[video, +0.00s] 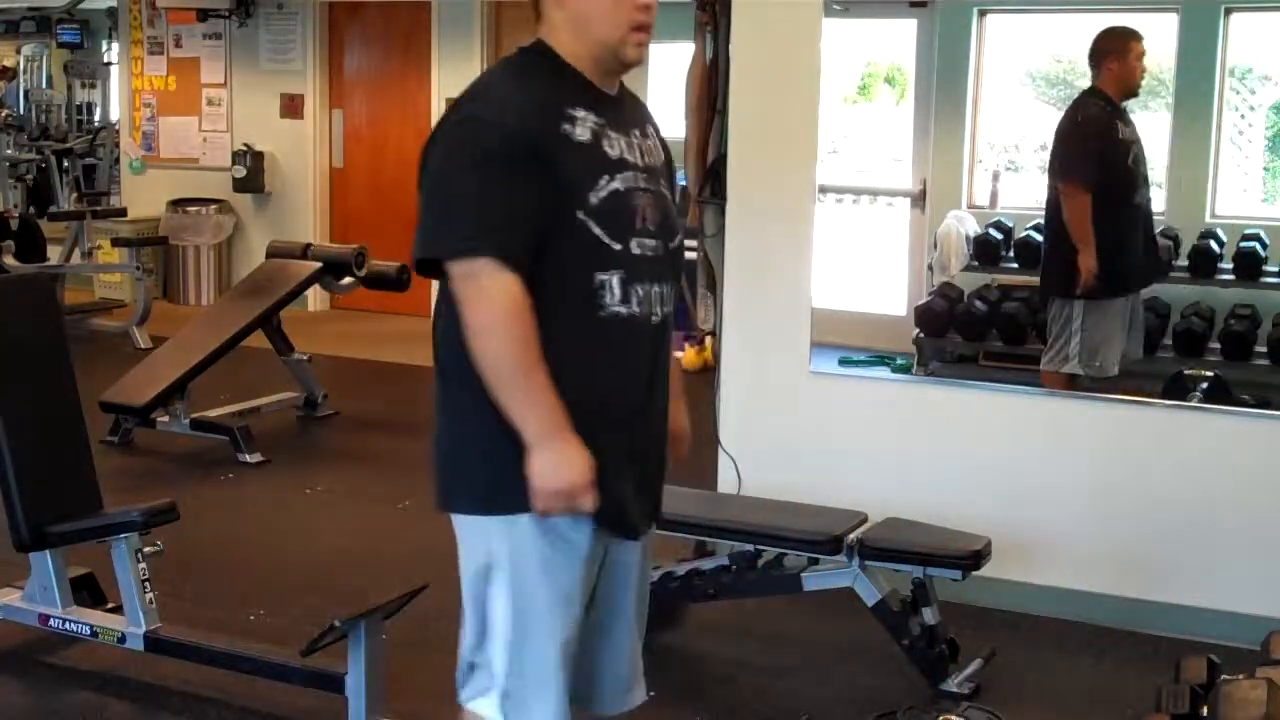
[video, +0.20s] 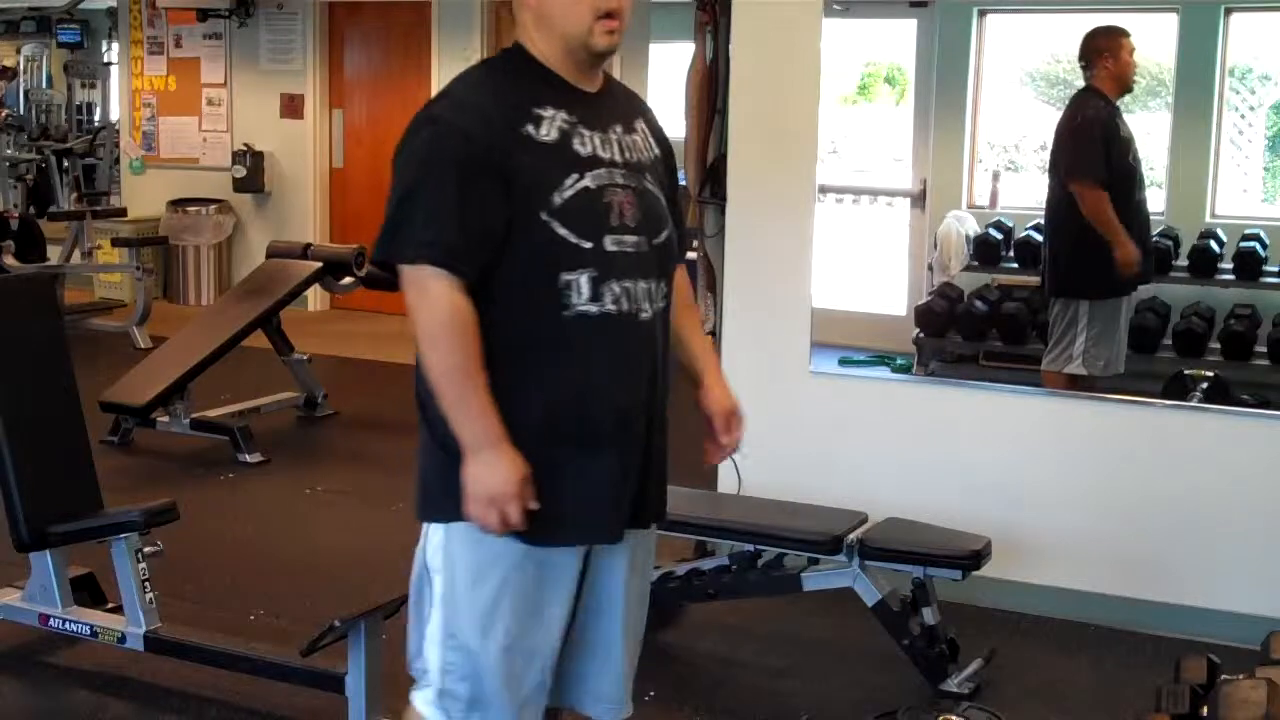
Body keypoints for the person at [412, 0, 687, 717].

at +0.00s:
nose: (649, 8)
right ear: (561, 2)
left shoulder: (636, 122)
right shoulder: (497, 112)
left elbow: (648, 276)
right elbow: (481, 279)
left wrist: (666, 391)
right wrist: (548, 436)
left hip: (618, 454)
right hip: (519, 465)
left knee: (602, 694)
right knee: (517, 700)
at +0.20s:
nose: (617, 1)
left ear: (626, 5)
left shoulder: (635, 118)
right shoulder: (465, 117)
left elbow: (663, 267)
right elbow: (430, 282)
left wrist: (708, 372)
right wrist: (483, 445)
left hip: (621, 477)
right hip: (507, 483)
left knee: (595, 703)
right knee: (477, 706)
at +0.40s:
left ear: (600, 3)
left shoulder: (608, 121)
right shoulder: (430, 116)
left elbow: (643, 248)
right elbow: (390, 280)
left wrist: (692, 289)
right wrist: (450, 447)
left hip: (601, 475)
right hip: (481, 487)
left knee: (583, 701)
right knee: (457, 702)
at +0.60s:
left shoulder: (565, 117)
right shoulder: (393, 114)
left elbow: (633, 258)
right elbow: (374, 291)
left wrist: (630, 174)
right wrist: (454, 459)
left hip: (560, 490)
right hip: (435, 508)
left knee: (548, 706)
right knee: (428, 708)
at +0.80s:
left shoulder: (537, 97)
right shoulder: (364, 116)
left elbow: (625, 215)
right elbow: (360, 299)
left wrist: (598, 125)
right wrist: (449, 455)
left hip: (543, 483)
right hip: (415, 506)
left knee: (531, 706)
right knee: (420, 710)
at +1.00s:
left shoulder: (525, 107)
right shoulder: (350, 120)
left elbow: (612, 197)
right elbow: (340, 308)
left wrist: (601, 148)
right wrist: (431, 474)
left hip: (537, 496)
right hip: (411, 521)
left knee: (537, 708)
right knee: (419, 710)